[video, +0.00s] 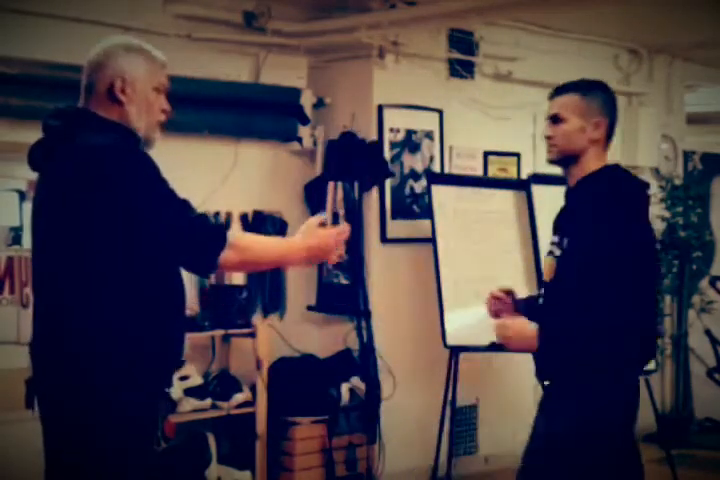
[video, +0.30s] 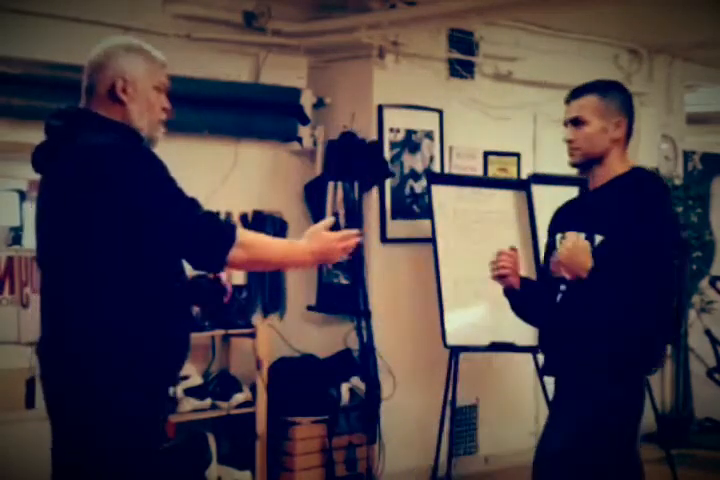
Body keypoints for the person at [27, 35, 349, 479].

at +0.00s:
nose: (167, 108)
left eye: (166, 95)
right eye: (160, 92)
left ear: (120, 91)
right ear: (121, 91)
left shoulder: (65, 158)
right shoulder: (116, 160)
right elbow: (208, 249)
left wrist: (293, 246)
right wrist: (303, 249)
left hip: (71, 382)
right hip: (115, 390)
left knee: (74, 471)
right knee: (118, 471)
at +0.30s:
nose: (168, 108)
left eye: (167, 95)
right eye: (161, 91)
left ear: (118, 91)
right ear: (122, 90)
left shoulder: (67, 158)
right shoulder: (121, 158)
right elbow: (212, 244)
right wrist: (306, 252)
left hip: (75, 373)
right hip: (120, 381)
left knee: (78, 469)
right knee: (125, 469)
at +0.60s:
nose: (178, 115)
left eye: (178, 102)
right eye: (173, 99)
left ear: (134, 92)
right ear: (137, 92)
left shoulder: (73, 155)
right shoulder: (131, 156)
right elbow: (224, 232)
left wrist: (238, 233)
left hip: (83, 367)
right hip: (132, 373)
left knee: (88, 469)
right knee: (143, 469)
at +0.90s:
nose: (197, 136)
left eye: (202, 124)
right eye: (196, 120)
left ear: (157, 102)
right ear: (163, 104)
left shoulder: (79, 159)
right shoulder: (157, 164)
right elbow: (223, 245)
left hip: (75, 364)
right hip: (132, 371)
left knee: (78, 468)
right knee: (132, 469)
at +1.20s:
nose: (203, 141)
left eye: (208, 130)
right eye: (203, 125)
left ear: (165, 104)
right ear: (171, 106)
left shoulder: (84, 159)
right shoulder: (159, 166)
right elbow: (229, 282)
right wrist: (298, 343)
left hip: (74, 365)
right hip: (133, 375)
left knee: (77, 469)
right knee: (130, 469)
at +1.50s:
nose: (196, 115)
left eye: (196, 102)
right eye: (191, 99)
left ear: (153, 96)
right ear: (154, 97)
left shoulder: (85, 158)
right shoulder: (144, 162)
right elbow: (213, 282)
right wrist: (285, 333)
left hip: (81, 366)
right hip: (129, 377)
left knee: (83, 469)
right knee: (129, 470)